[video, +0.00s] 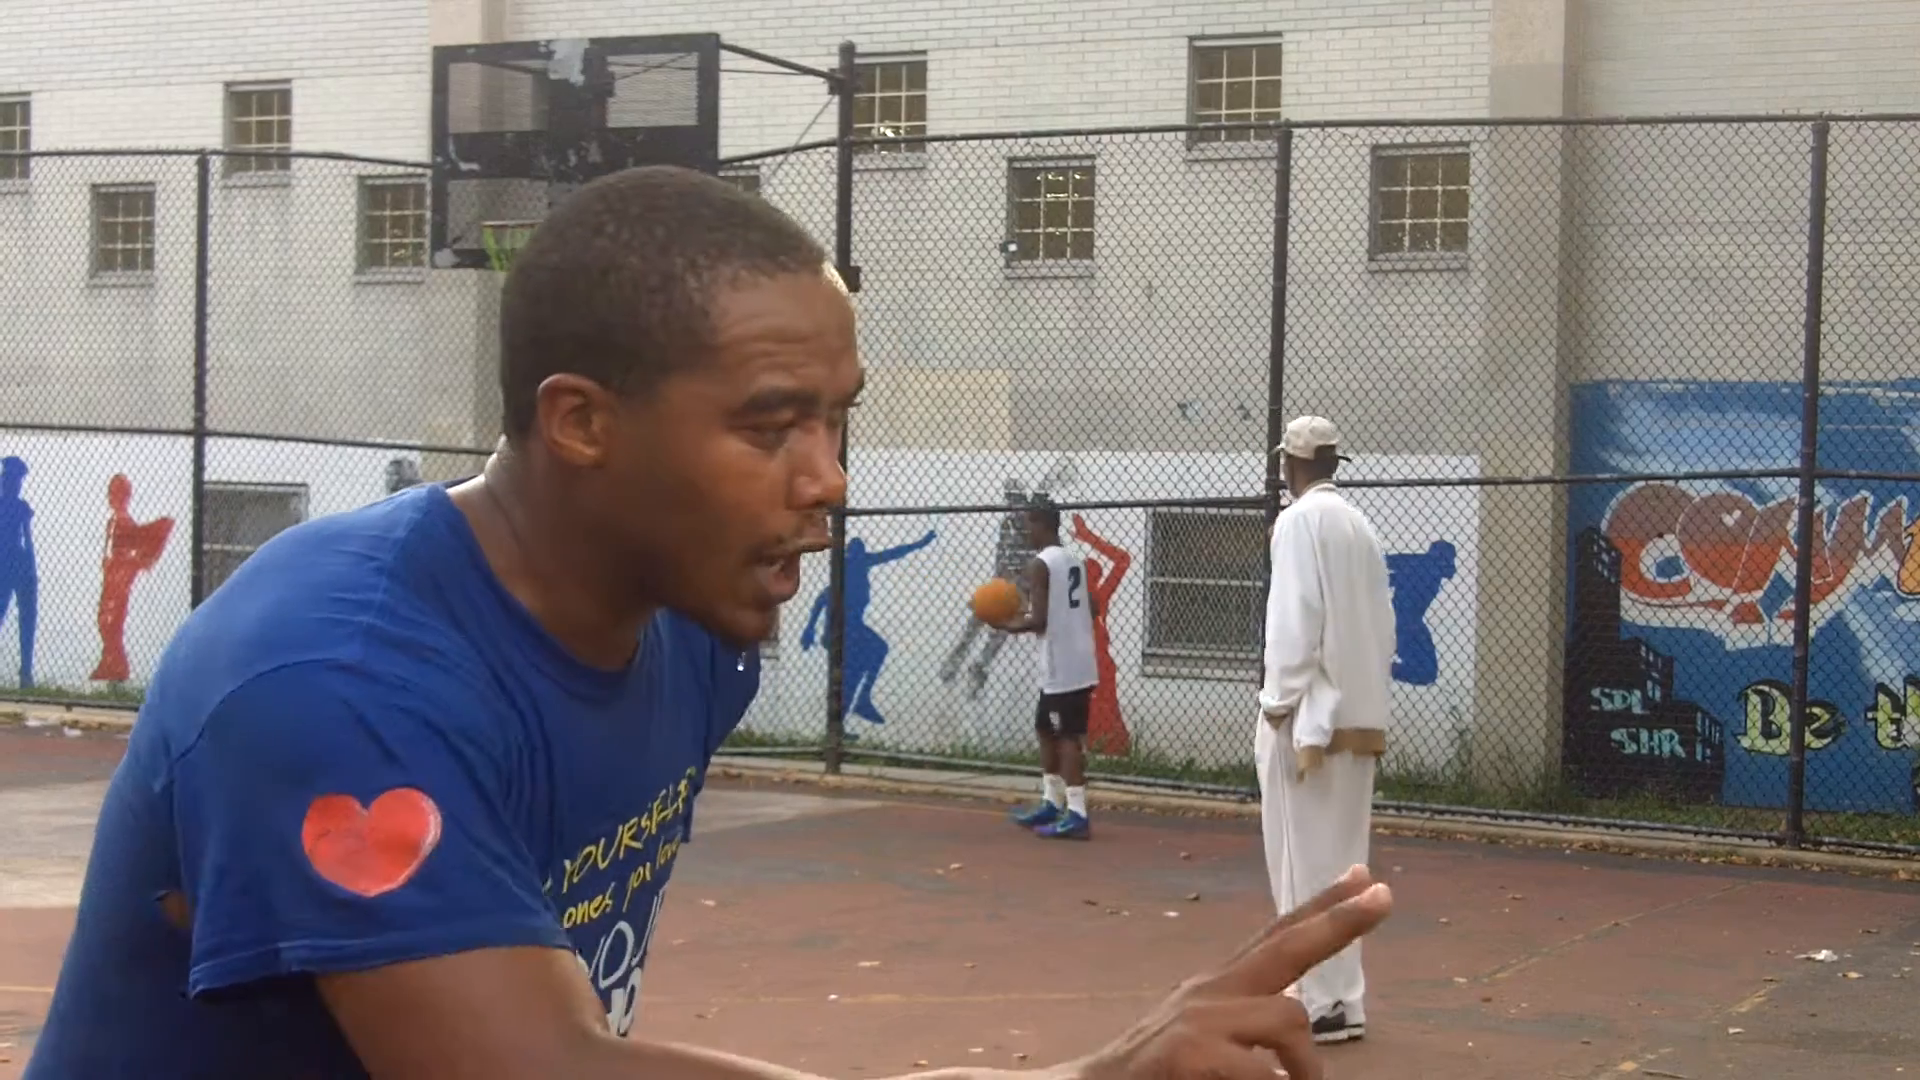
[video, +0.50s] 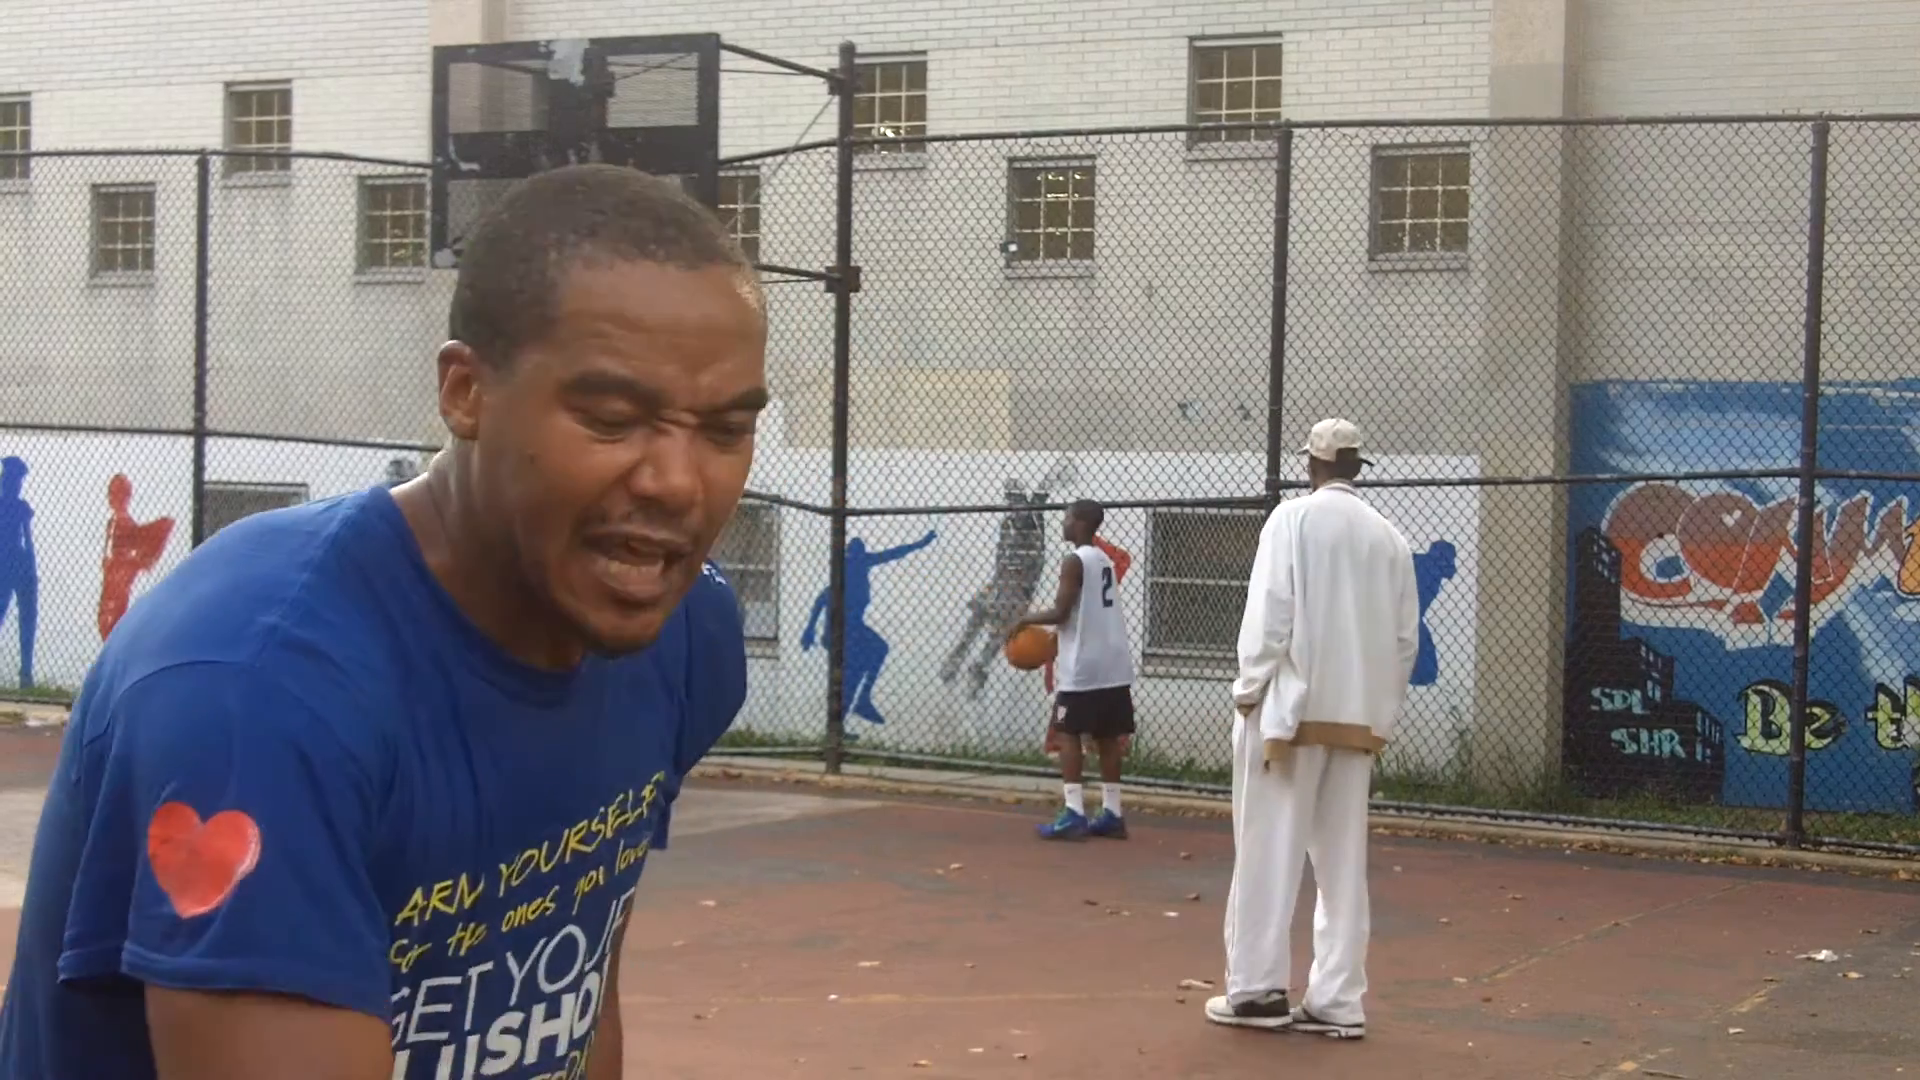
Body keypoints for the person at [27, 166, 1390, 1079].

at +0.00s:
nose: (832, 488)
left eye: (839, 424)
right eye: (775, 425)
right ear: (577, 428)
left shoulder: (697, 625)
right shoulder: (328, 686)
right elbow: (544, 1055)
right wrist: (1098, 1070)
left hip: (479, 1048)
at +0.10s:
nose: (827, 477)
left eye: (834, 413)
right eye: (769, 413)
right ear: (574, 418)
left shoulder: (697, 636)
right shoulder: (320, 681)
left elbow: (526, 926)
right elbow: (499, 1072)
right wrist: (1045, 1078)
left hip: (489, 1048)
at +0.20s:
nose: (825, 469)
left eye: (831, 412)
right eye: (769, 411)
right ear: (575, 418)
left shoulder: (700, 640)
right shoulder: (307, 681)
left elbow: (556, 981)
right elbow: (428, 1067)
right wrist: (971, 1075)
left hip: (537, 1043)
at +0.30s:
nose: (809, 469)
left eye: (817, 412)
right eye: (752, 411)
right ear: (561, 416)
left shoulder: (688, 638)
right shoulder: (288, 688)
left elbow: (577, 960)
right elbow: (353, 1056)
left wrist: (616, 1072)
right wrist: (885, 1077)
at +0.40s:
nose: (738, 471)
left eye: (771, 412)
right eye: (673, 405)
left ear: (798, 413)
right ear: (508, 399)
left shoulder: (686, 633)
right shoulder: (266, 687)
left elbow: (576, 952)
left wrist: (614, 1069)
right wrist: (934, 1066)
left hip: (544, 1055)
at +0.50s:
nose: (677, 486)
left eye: (727, 425)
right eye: (612, 415)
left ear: (755, 427)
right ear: (467, 393)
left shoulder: (685, 632)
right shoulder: (246, 698)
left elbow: (572, 989)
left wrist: (597, 1065)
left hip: (534, 1053)